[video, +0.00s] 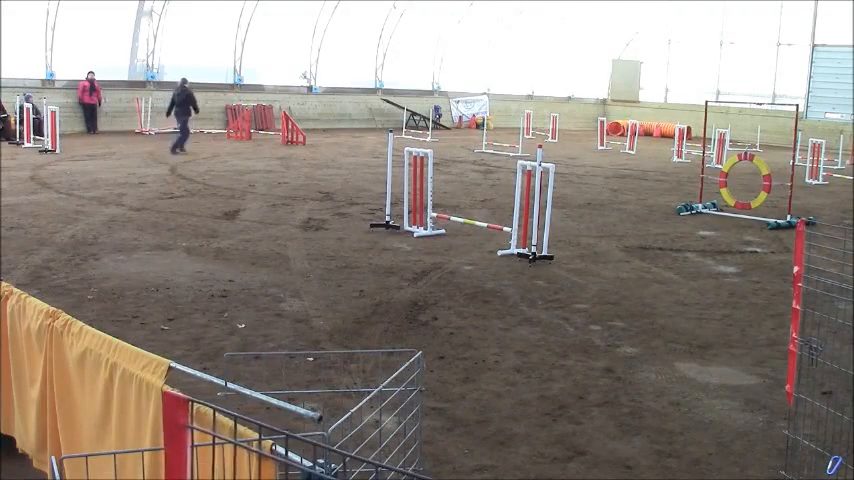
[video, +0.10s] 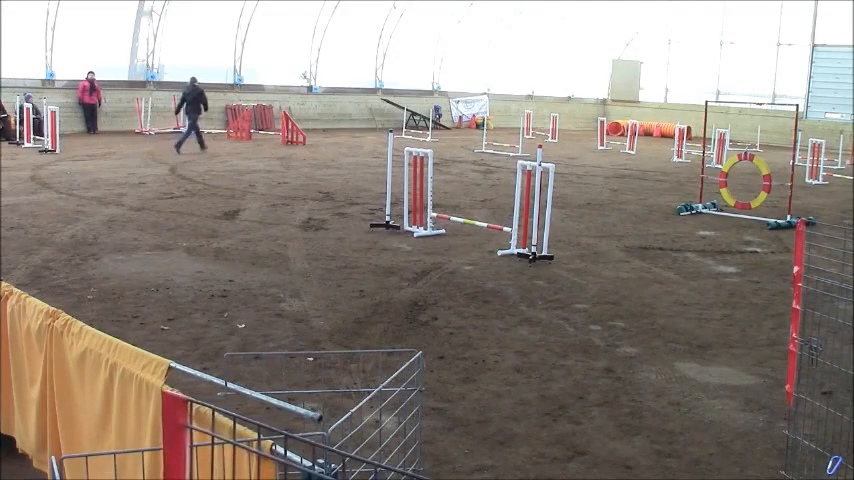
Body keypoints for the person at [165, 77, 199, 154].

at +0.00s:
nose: (186, 85)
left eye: (185, 83)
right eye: (186, 83)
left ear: (180, 83)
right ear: (186, 83)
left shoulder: (176, 91)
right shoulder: (188, 91)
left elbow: (172, 102)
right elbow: (193, 101)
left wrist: (168, 111)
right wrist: (196, 109)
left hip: (177, 112)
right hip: (185, 112)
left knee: (184, 130)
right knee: (184, 132)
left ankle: (181, 146)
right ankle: (174, 147)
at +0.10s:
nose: (194, 84)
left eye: (192, 82)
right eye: (195, 82)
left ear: (190, 82)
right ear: (196, 82)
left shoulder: (186, 90)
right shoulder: (199, 90)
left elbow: (182, 101)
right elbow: (204, 100)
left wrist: (177, 110)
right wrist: (205, 108)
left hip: (188, 111)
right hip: (196, 111)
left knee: (196, 129)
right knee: (189, 130)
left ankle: (202, 145)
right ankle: (178, 145)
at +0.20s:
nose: (203, 85)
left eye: (201, 83)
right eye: (203, 83)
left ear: (199, 84)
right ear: (205, 84)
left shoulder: (196, 92)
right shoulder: (208, 92)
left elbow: (191, 103)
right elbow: (213, 102)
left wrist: (186, 112)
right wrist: (215, 110)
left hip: (198, 113)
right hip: (206, 113)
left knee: (205, 131)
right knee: (205, 131)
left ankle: (209, 146)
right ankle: (191, 141)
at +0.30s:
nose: (212, 85)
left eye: (210, 84)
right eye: (213, 84)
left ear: (208, 84)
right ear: (214, 84)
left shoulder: (205, 92)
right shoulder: (218, 93)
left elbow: (200, 104)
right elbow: (222, 105)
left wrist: (195, 114)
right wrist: (225, 115)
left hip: (207, 116)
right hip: (214, 116)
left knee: (212, 131)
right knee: (220, 132)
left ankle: (210, 145)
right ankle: (211, 144)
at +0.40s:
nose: (221, 83)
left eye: (219, 82)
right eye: (222, 82)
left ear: (217, 82)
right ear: (223, 82)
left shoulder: (214, 90)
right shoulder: (226, 91)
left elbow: (210, 101)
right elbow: (230, 102)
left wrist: (205, 110)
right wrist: (233, 110)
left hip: (216, 114)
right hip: (224, 114)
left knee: (216, 131)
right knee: (229, 129)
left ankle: (211, 146)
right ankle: (230, 146)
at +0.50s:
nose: (229, 84)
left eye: (227, 83)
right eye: (230, 82)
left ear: (225, 83)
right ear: (232, 83)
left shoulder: (223, 90)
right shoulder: (235, 90)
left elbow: (218, 101)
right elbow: (239, 100)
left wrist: (214, 110)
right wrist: (242, 109)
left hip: (225, 113)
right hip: (233, 113)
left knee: (225, 130)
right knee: (236, 130)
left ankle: (216, 143)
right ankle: (239, 146)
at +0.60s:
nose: (235, 87)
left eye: (234, 85)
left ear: (234, 85)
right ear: (240, 85)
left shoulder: (231, 92)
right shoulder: (244, 93)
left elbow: (227, 104)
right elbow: (249, 103)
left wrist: (222, 112)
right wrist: (252, 111)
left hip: (233, 113)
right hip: (241, 113)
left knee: (236, 131)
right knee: (243, 131)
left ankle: (229, 142)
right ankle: (240, 146)